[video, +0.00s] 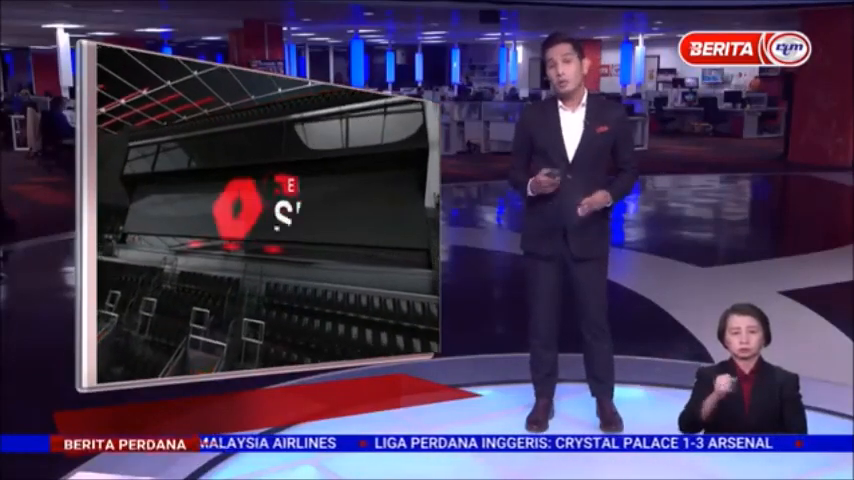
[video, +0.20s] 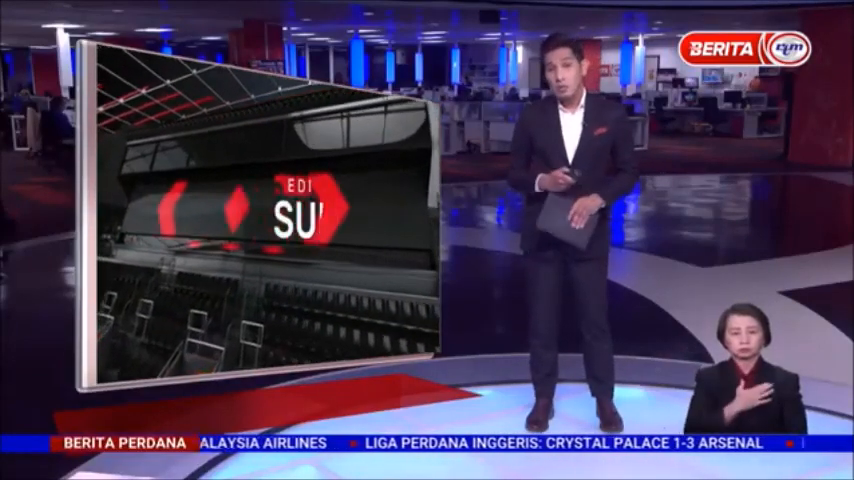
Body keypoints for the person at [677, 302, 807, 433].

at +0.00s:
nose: (744, 339)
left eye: (752, 331)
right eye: (735, 333)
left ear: (765, 338)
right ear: (724, 340)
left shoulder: (785, 381)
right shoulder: (709, 377)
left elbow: (797, 437)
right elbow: (687, 426)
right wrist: (715, 396)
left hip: (770, 466)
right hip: (718, 464)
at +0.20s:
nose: (744, 339)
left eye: (752, 332)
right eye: (735, 333)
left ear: (764, 338)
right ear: (724, 340)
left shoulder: (786, 381)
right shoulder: (709, 378)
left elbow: (797, 439)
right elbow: (693, 432)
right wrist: (736, 406)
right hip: (717, 464)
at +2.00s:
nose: (743, 340)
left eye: (750, 332)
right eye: (734, 333)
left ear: (762, 335)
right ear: (722, 340)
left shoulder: (782, 374)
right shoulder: (709, 375)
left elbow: (804, 416)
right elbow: (685, 421)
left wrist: (765, 386)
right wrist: (716, 397)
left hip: (773, 461)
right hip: (720, 461)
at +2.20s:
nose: (742, 342)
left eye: (749, 333)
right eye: (733, 335)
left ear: (761, 336)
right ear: (722, 341)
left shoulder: (782, 375)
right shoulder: (709, 376)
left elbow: (808, 419)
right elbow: (680, 423)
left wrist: (774, 395)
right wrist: (706, 406)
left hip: (775, 461)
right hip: (721, 461)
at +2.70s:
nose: (744, 347)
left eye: (751, 337)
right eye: (735, 339)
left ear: (764, 339)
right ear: (724, 342)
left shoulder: (783, 374)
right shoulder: (711, 374)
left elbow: (808, 418)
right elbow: (683, 420)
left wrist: (783, 386)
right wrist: (702, 386)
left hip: (772, 460)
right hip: (721, 460)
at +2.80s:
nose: (744, 346)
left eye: (752, 337)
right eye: (736, 338)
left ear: (764, 339)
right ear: (725, 341)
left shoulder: (783, 376)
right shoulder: (709, 375)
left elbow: (808, 425)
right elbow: (682, 426)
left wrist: (778, 396)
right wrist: (708, 393)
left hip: (772, 461)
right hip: (719, 461)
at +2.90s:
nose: (744, 344)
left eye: (752, 335)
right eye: (736, 336)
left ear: (764, 338)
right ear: (725, 341)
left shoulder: (784, 379)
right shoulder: (708, 378)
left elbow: (807, 432)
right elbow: (682, 430)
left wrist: (778, 430)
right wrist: (707, 423)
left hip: (771, 464)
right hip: (717, 464)